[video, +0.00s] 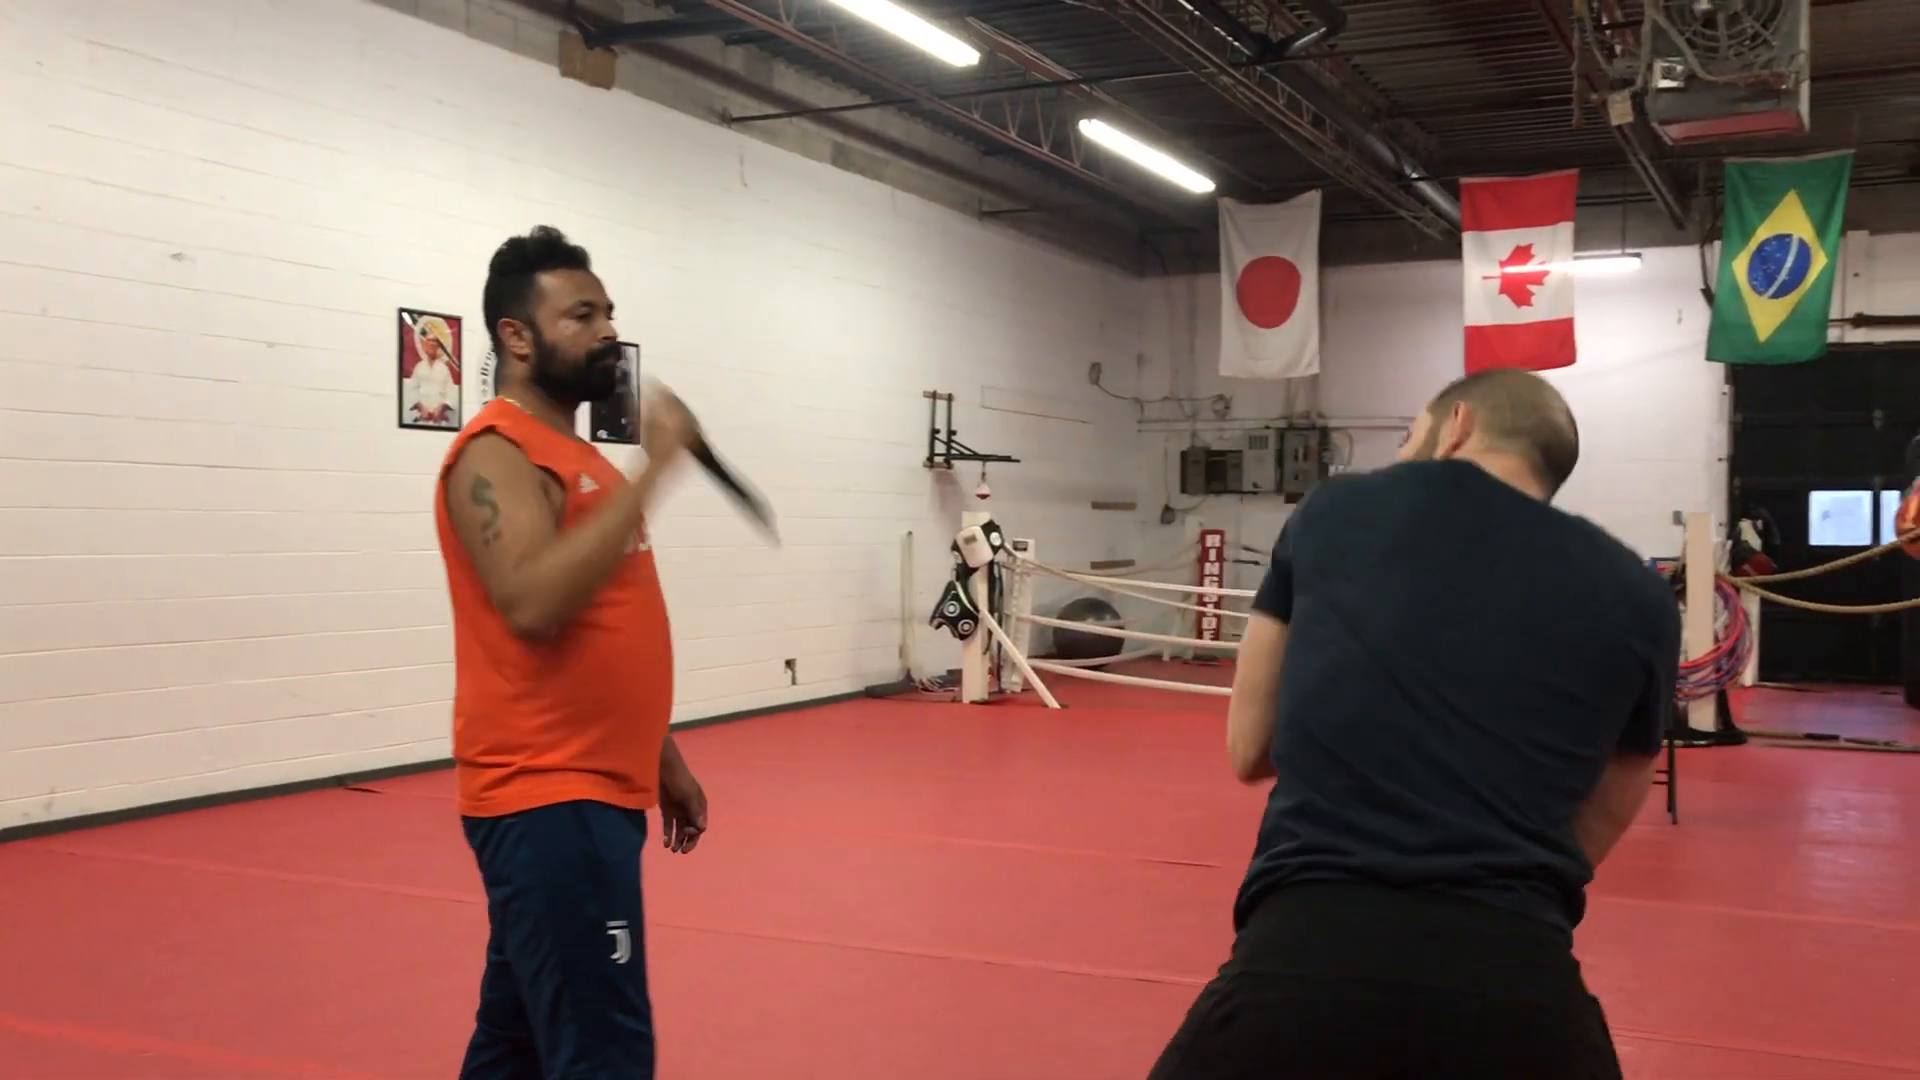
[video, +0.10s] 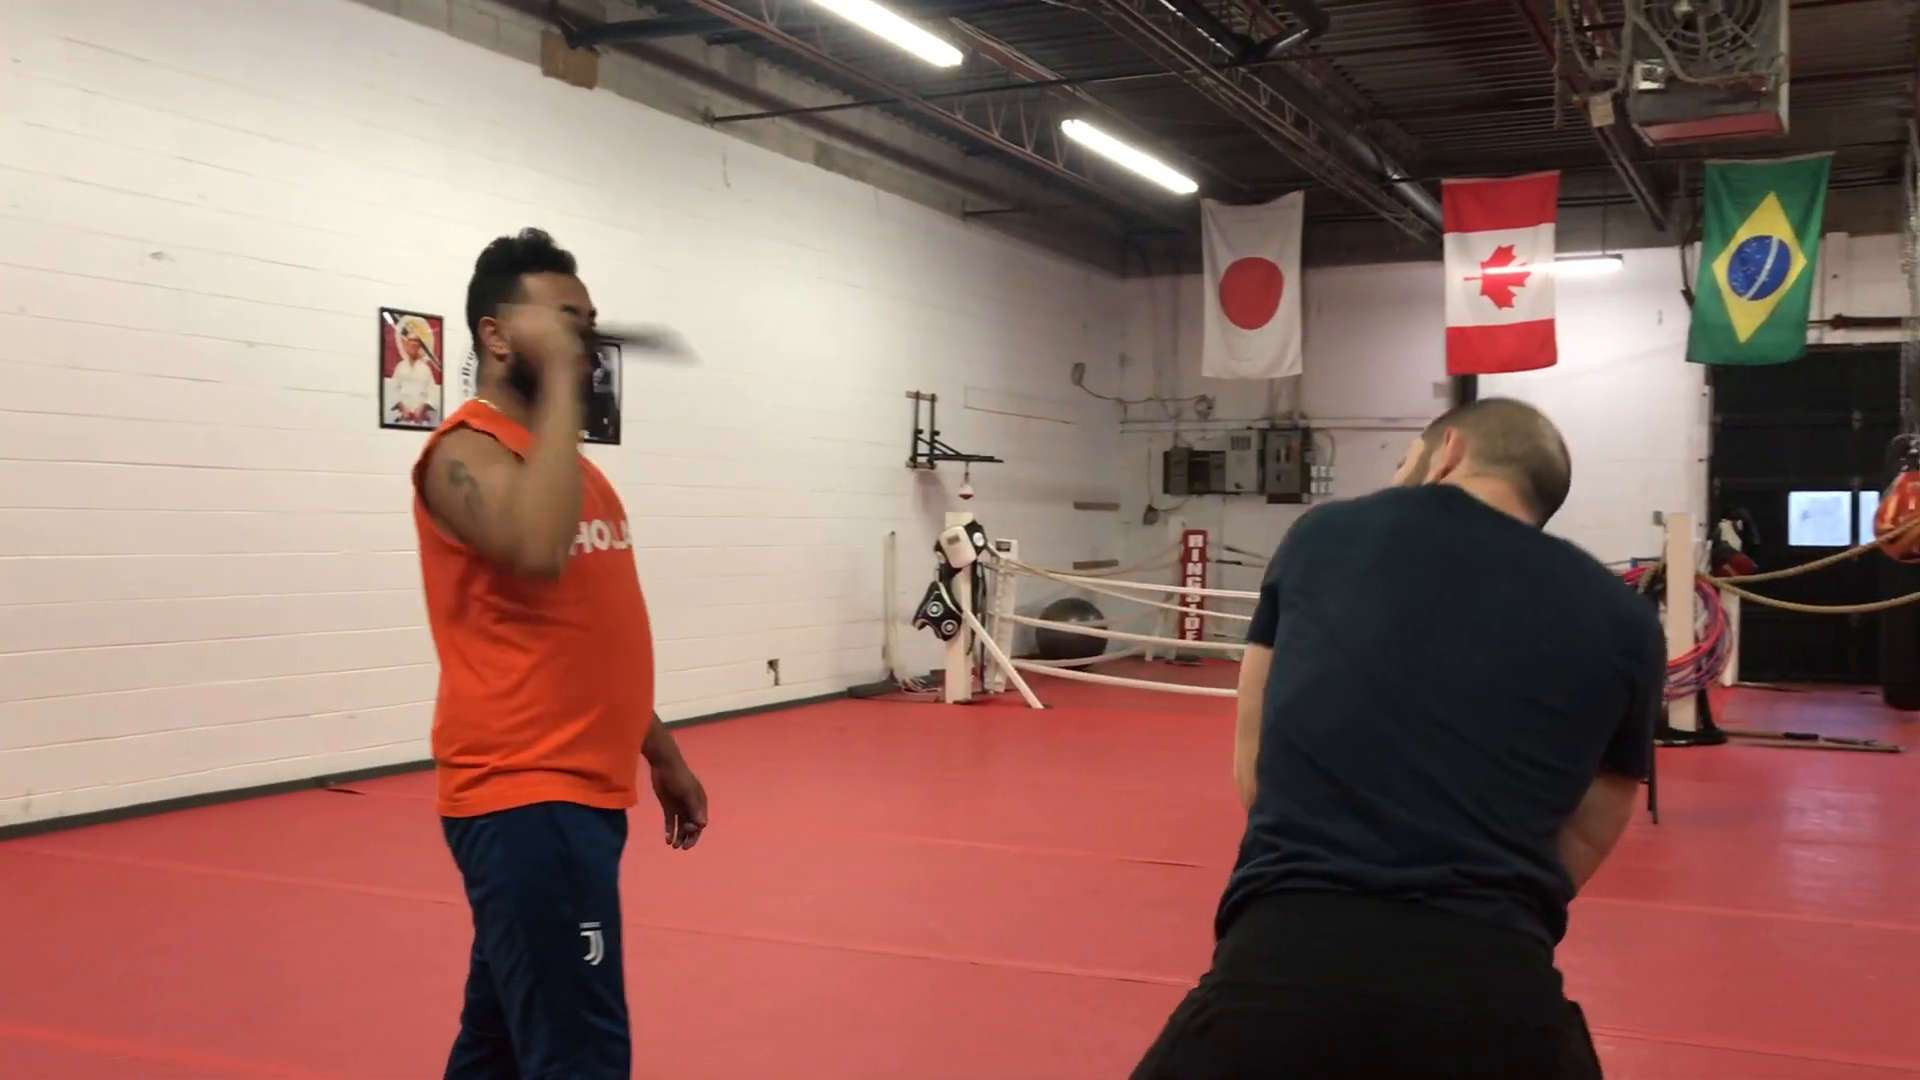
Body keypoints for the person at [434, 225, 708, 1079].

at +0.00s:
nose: (609, 331)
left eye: (607, 313)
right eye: (582, 315)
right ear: (514, 338)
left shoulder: (572, 456)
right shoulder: (493, 456)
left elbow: (602, 628)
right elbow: (530, 602)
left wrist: (663, 755)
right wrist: (655, 465)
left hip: (589, 795)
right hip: (545, 801)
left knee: (517, 1051)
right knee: (606, 1054)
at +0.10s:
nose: (583, 336)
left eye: (587, 321)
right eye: (562, 317)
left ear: (590, 336)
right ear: (493, 336)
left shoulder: (578, 471)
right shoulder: (462, 452)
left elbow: (599, 627)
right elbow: (535, 546)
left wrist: (660, 750)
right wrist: (559, 380)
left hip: (580, 795)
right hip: (520, 798)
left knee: (499, 1052)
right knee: (583, 1055)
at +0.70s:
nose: (540, 340)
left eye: (541, 320)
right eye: (516, 318)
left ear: (458, 333)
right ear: (449, 327)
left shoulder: (474, 433)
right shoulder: (429, 436)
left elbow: (490, 635)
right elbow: (561, 442)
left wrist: (553, 779)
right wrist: (551, 281)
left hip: (484, 798)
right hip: (471, 804)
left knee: (427, 1053)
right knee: (559, 1057)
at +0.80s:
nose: (547, 336)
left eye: (546, 318)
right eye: (522, 315)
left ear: (457, 331)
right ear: (449, 324)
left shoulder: (459, 430)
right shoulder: (442, 435)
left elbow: (478, 635)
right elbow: (590, 444)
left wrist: (540, 786)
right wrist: (626, 267)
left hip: (467, 800)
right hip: (465, 807)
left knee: (408, 1056)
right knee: (546, 1058)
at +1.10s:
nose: (538, 337)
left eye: (536, 316)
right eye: (517, 316)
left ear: (443, 329)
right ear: (443, 324)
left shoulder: (393, 434)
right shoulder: (442, 437)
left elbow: (607, 463)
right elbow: (618, 460)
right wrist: (740, 312)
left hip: (393, 800)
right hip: (444, 806)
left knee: (371, 1057)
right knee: (515, 1057)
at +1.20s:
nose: (525, 343)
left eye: (524, 322)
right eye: (504, 321)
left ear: (434, 331)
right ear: (427, 324)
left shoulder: (385, 429)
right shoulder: (422, 434)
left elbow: (585, 455)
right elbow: (592, 449)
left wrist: (707, 391)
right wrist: (739, 311)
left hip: (392, 802)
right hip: (434, 807)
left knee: (364, 1055)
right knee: (498, 1059)